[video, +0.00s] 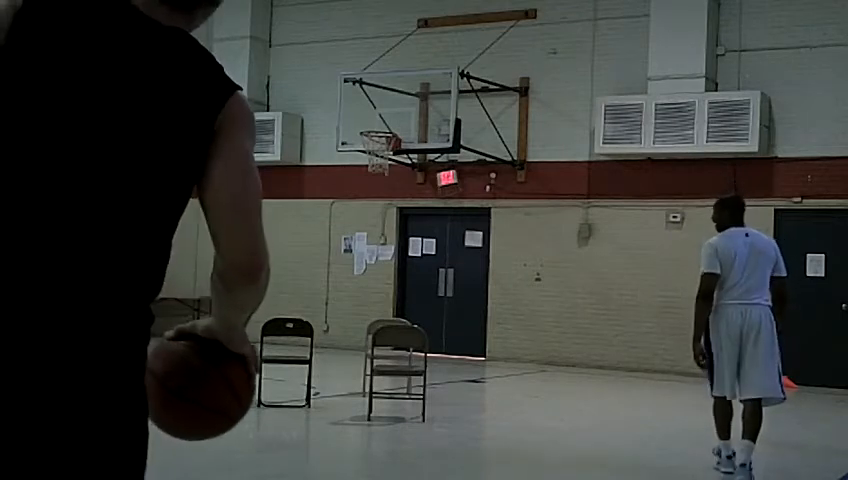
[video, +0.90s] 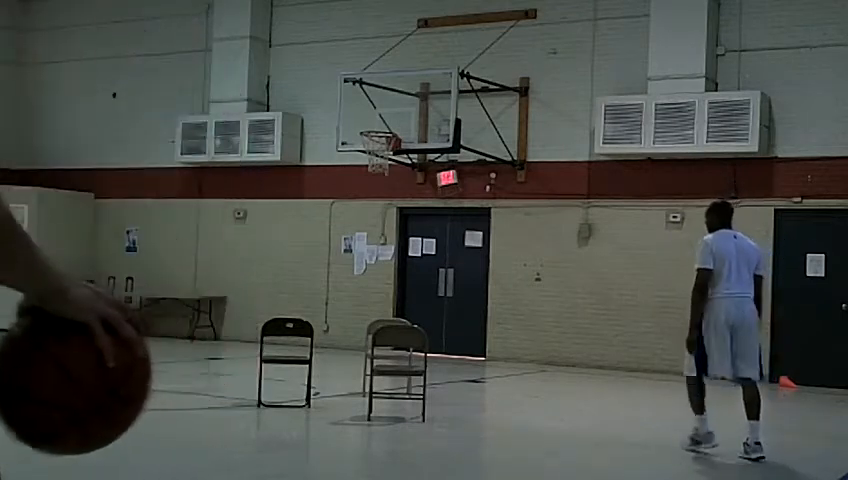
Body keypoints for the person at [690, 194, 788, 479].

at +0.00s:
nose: (712, 217)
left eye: (715, 212)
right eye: (713, 211)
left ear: (724, 214)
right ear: (741, 213)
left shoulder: (715, 245)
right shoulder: (769, 243)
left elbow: (706, 293)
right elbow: (779, 291)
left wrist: (697, 339)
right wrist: (774, 324)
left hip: (725, 317)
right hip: (760, 317)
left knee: (721, 390)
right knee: (754, 393)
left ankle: (726, 455)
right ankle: (744, 462)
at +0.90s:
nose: (706, 222)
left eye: (707, 218)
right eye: (707, 218)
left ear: (713, 219)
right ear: (730, 219)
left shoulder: (709, 242)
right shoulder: (752, 246)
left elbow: (701, 286)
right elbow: (758, 290)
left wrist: (693, 329)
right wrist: (755, 322)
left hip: (717, 309)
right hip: (747, 311)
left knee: (693, 370)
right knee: (748, 377)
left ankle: (702, 430)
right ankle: (754, 441)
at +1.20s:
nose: (668, 230)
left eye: (670, 225)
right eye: (668, 225)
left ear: (678, 225)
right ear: (691, 224)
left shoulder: (680, 249)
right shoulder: (715, 248)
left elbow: (678, 292)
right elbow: (720, 289)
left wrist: (675, 333)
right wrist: (716, 318)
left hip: (693, 313)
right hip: (719, 312)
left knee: (680, 370)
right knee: (723, 371)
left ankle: (679, 427)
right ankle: (746, 422)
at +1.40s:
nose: (649, 225)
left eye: (651, 221)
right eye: (649, 221)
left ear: (660, 221)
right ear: (671, 220)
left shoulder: (662, 245)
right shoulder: (692, 244)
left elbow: (654, 288)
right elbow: (698, 282)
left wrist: (635, 326)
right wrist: (693, 308)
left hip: (671, 307)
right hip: (693, 305)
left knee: (670, 369)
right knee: (682, 367)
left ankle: (678, 429)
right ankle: (704, 411)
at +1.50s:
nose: (639, 226)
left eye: (641, 221)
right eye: (639, 221)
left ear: (649, 222)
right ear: (661, 220)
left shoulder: (653, 245)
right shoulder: (680, 244)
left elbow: (641, 286)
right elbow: (687, 278)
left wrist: (618, 318)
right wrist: (683, 304)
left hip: (661, 305)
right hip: (681, 304)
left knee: (662, 368)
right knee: (665, 366)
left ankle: (677, 428)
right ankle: (670, 419)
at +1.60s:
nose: (628, 228)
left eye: (630, 223)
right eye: (628, 223)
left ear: (638, 224)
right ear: (648, 223)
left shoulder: (641, 248)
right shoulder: (668, 246)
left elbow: (626, 288)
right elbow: (675, 281)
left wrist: (603, 314)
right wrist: (671, 305)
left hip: (650, 305)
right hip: (669, 304)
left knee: (658, 367)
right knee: (646, 364)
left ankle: (677, 427)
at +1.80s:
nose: (604, 231)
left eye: (606, 226)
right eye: (604, 226)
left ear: (614, 227)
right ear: (624, 226)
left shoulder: (616, 248)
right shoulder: (642, 249)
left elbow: (603, 287)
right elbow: (647, 288)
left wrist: (583, 321)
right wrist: (643, 312)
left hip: (624, 307)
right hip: (640, 306)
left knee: (629, 368)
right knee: (612, 364)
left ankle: (665, 415)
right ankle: (605, 417)